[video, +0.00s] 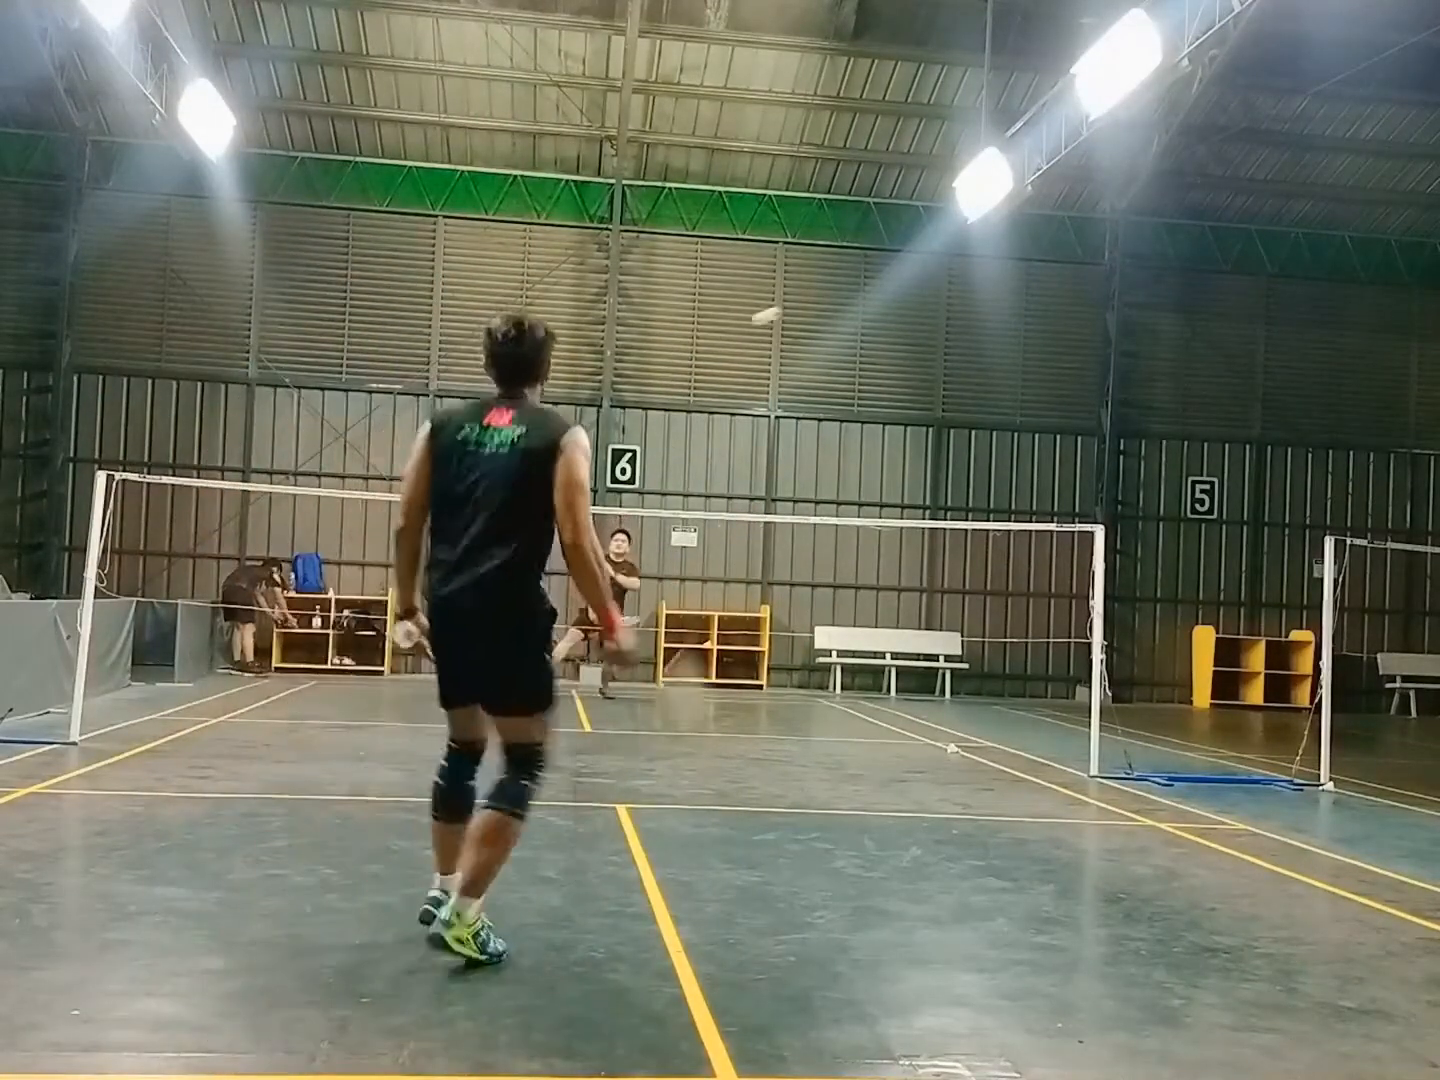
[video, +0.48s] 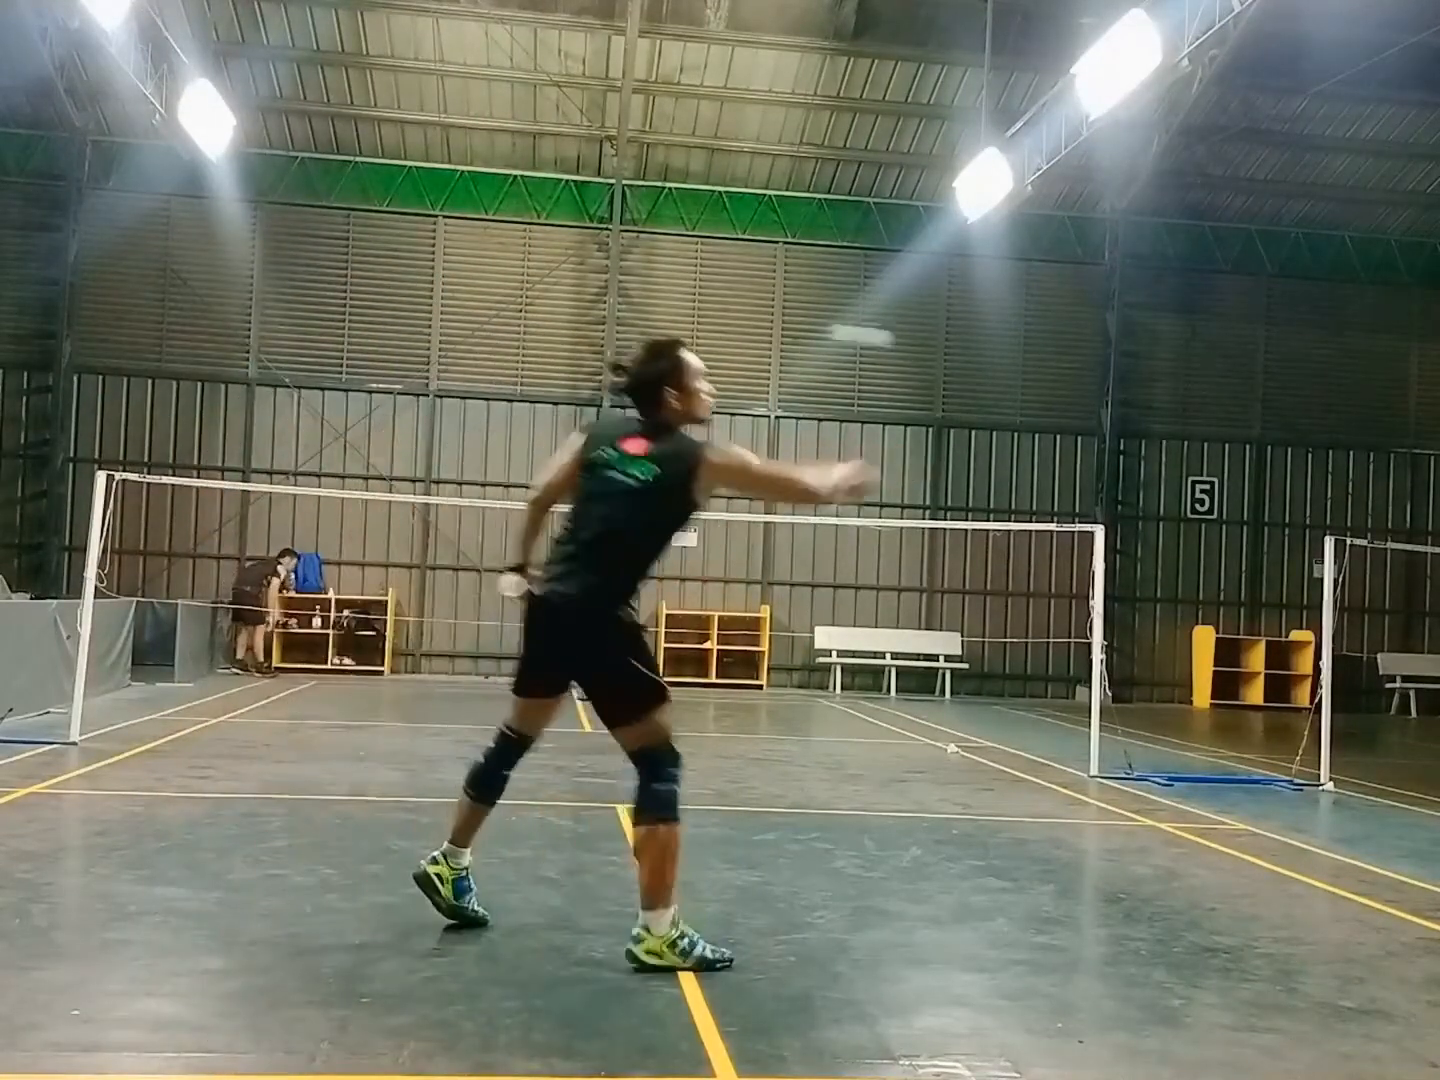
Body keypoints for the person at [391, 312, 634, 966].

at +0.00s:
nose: (545, 375)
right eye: (546, 366)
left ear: (489, 368)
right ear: (545, 370)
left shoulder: (444, 424)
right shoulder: (562, 435)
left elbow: (409, 517)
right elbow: (575, 537)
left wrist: (407, 603)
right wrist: (610, 617)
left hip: (447, 608)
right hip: (513, 612)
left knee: (464, 743)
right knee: (523, 757)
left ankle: (444, 891)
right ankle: (464, 910)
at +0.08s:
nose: (555, 400)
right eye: (556, 392)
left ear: (500, 393)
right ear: (552, 396)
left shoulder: (457, 452)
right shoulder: (563, 460)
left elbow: (421, 545)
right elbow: (580, 553)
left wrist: (421, 628)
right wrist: (649, 595)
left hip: (463, 637)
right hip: (524, 638)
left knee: (476, 760)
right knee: (596, 757)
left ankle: (437, 901)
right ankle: (511, 881)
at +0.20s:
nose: (592, 394)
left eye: (589, 383)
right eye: (588, 385)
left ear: (532, 392)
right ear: (572, 393)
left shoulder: (487, 448)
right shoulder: (581, 461)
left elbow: (446, 533)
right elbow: (609, 547)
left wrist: (435, 612)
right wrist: (698, 545)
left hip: (482, 629)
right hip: (550, 627)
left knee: (484, 758)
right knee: (627, 745)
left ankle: (440, 898)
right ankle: (580, 891)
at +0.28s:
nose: (633, 371)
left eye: (629, 360)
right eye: (627, 362)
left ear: (573, 372)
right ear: (607, 372)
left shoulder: (524, 418)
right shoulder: (624, 445)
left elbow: (475, 497)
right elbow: (705, 498)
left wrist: (459, 571)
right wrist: (800, 483)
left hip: (503, 604)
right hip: (568, 610)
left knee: (483, 741)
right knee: (623, 742)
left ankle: (442, 879)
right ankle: (660, 899)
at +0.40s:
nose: (681, 375)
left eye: (676, 364)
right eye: (671, 366)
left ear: (627, 378)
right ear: (643, 381)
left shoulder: (577, 414)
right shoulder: (673, 440)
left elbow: (515, 491)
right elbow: (786, 463)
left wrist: (498, 557)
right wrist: (874, 461)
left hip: (522, 593)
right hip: (581, 606)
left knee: (496, 731)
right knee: (637, 751)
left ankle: (449, 864)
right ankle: (673, 909)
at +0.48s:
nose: (711, 388)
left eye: (705, 378)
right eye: (701, 380)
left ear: (653, 396)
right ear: (674, 394)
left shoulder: (603, 432)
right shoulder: (694, 456)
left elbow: (542, 496)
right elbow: (801, 483)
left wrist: (522, 563)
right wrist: (841, 478)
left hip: (548, 610)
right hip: (598, 622)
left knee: (513, 737)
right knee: (658, 763)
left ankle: (449, 862)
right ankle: (659, 930)